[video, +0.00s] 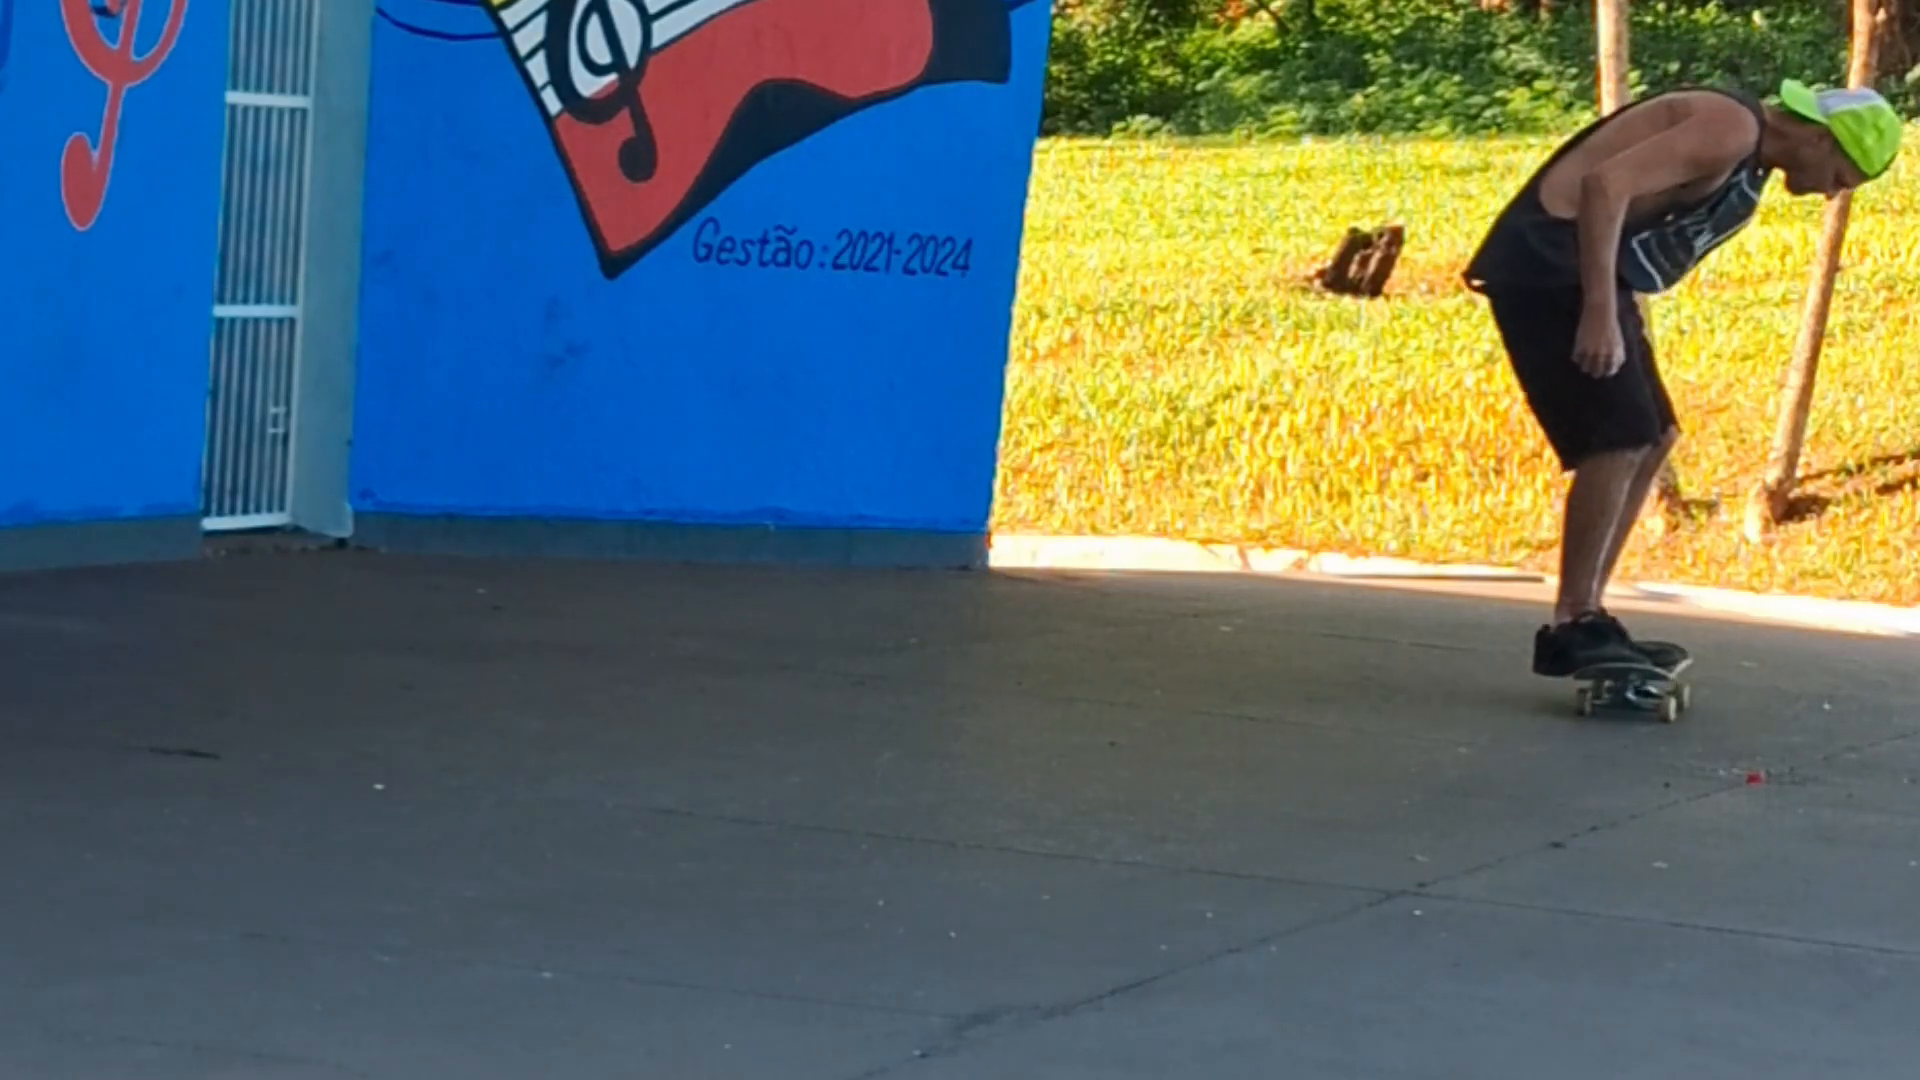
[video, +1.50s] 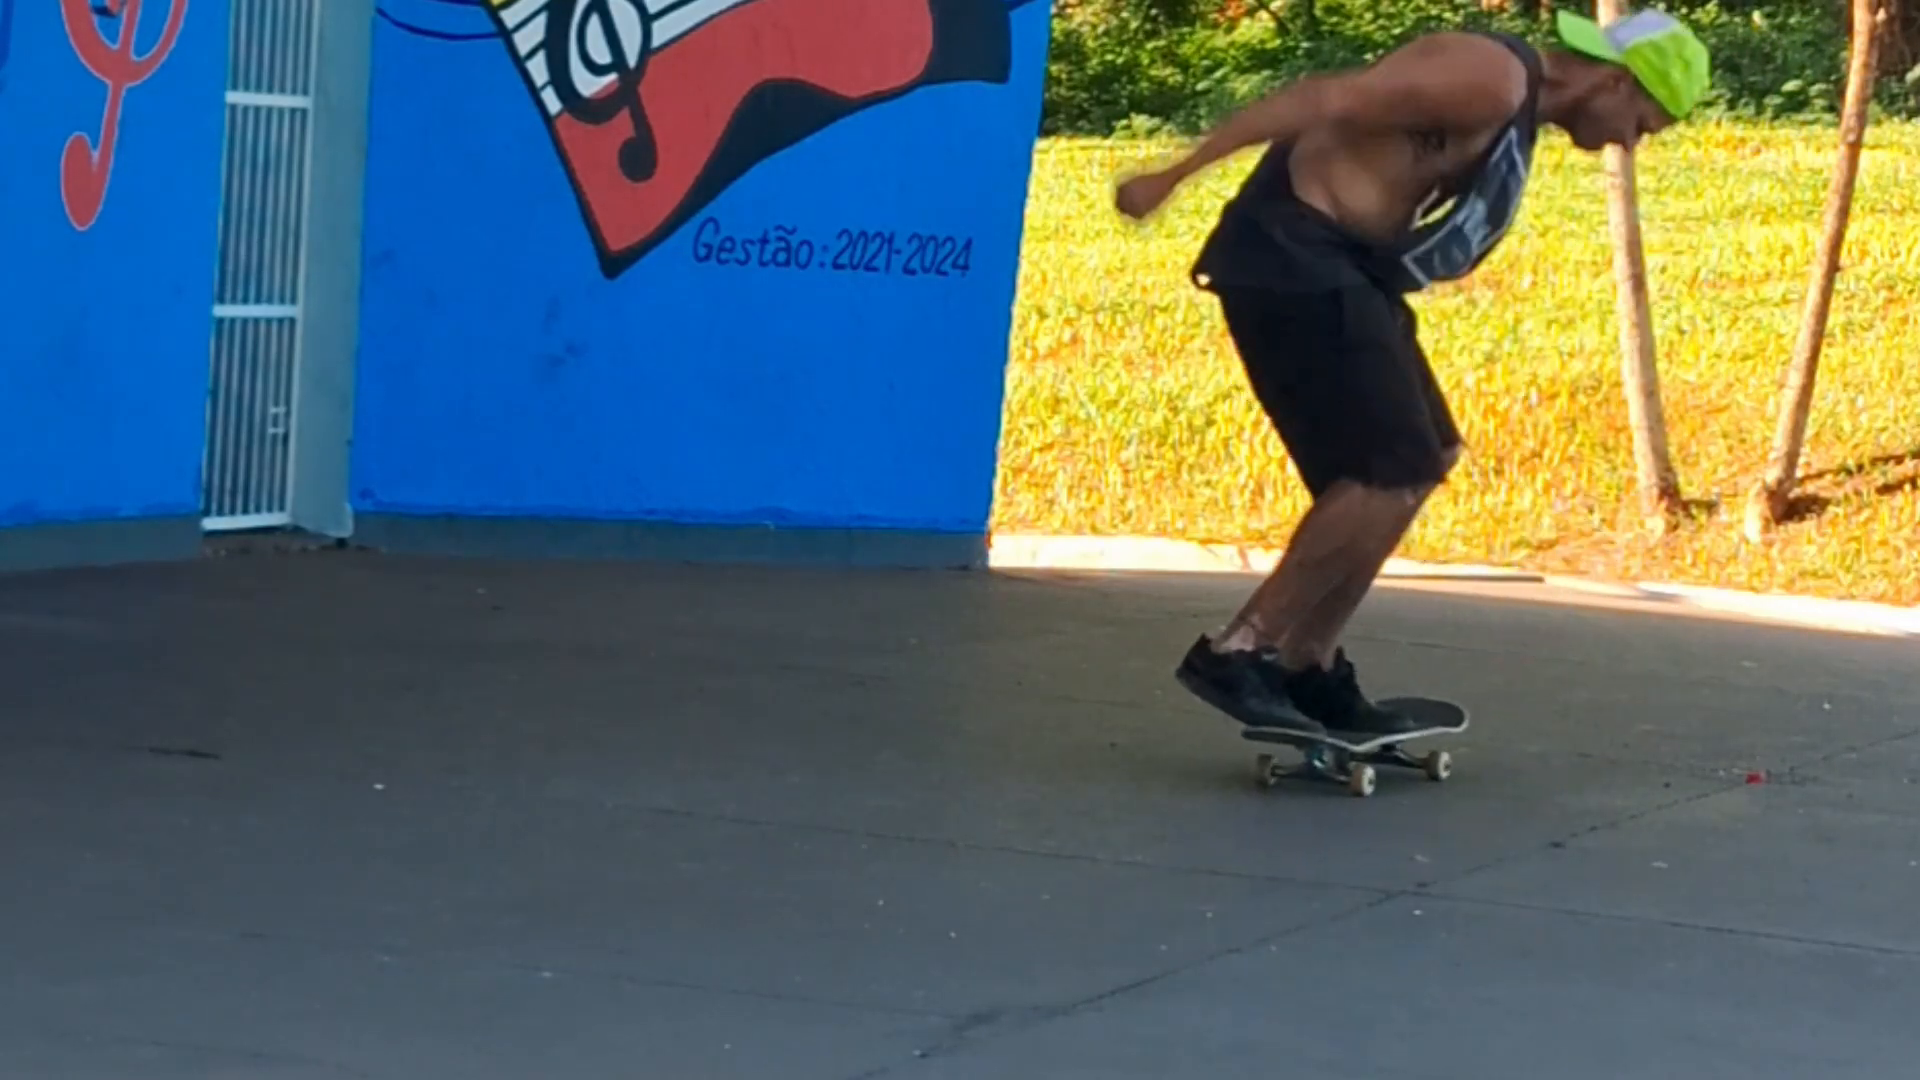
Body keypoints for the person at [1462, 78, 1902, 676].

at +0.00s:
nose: (1834, 191)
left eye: (1846, 185)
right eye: (1843, 176)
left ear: (1824, 136)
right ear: (1824, 137)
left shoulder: (1743, 162)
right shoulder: (1728, 128)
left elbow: (1630, 232)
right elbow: (1604, 186)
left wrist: (1627, 314)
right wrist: (1598, 312)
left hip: (1584, 272)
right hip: (1545, 266)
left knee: (1653, 435)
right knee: (1618, 437)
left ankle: (1584, 616)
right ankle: (1568, 625)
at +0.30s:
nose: (1815, 215)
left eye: (1828, 209)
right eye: (1824, 199)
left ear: (1802, 154)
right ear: (1803, 155)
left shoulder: (1722, 169)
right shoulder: (1712, 147)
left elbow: (1598, 231)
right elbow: (1589, 209)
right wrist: (1583, 340)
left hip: (1544, 268)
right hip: (1505, 260)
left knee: (1628, 439)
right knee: (1587, 442)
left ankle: (1557, 627)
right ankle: (1528, 634)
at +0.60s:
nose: (1776, 238)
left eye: (1790, 233)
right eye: (1787, 222)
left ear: (1773, 182)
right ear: (1771, 178)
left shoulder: (1683, 190)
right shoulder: (1679, 161)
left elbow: (1556, 264)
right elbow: (1547, 227)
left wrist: (1481, 398)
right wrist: (1533, 368)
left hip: (1499, 267)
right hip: (1455, 254)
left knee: (1578, 443)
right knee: (1549, 442)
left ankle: (1500, 640)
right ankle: (1448, 629)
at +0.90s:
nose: (1727, 260)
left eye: (1742, 254)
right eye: (1742, 244)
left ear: (1722, 192)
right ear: (1725, 199)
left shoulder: (1636, 185)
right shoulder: (1630, 181)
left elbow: (1493, 264)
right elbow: (1499, 258)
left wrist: (1415, 412)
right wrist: (1479, 402)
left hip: (1431, 255)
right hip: (1392, 248)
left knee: (1527, 439)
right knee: (1492, 449)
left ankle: (1442, 648)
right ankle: (1376, 637)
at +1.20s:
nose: (1651, 326)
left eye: (1666, 319)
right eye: (1664, 310)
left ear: (1641, 261)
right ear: (1644, 263)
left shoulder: (1554, 257)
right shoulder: (1557, 251)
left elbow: (1501, 423)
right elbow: (1514, 394)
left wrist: (1495, 582)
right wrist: (1608, 504)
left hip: (1345, 329)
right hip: (1309, 323)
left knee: (1485, 479)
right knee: (1466, 482)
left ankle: (1369, 659)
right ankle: (1306, 640)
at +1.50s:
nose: (1628, 144)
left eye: (1646, 133)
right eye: (1643, 122)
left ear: (1609, 75)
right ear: (1615, 76)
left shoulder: (1513, 110)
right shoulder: (1491, 78)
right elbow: (1320, 101)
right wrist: (1173, 174)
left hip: (1345, 270)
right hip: (1295, 256)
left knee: (1422, 459)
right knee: (1394, 463)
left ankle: (1305, 665)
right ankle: (1239, 649)